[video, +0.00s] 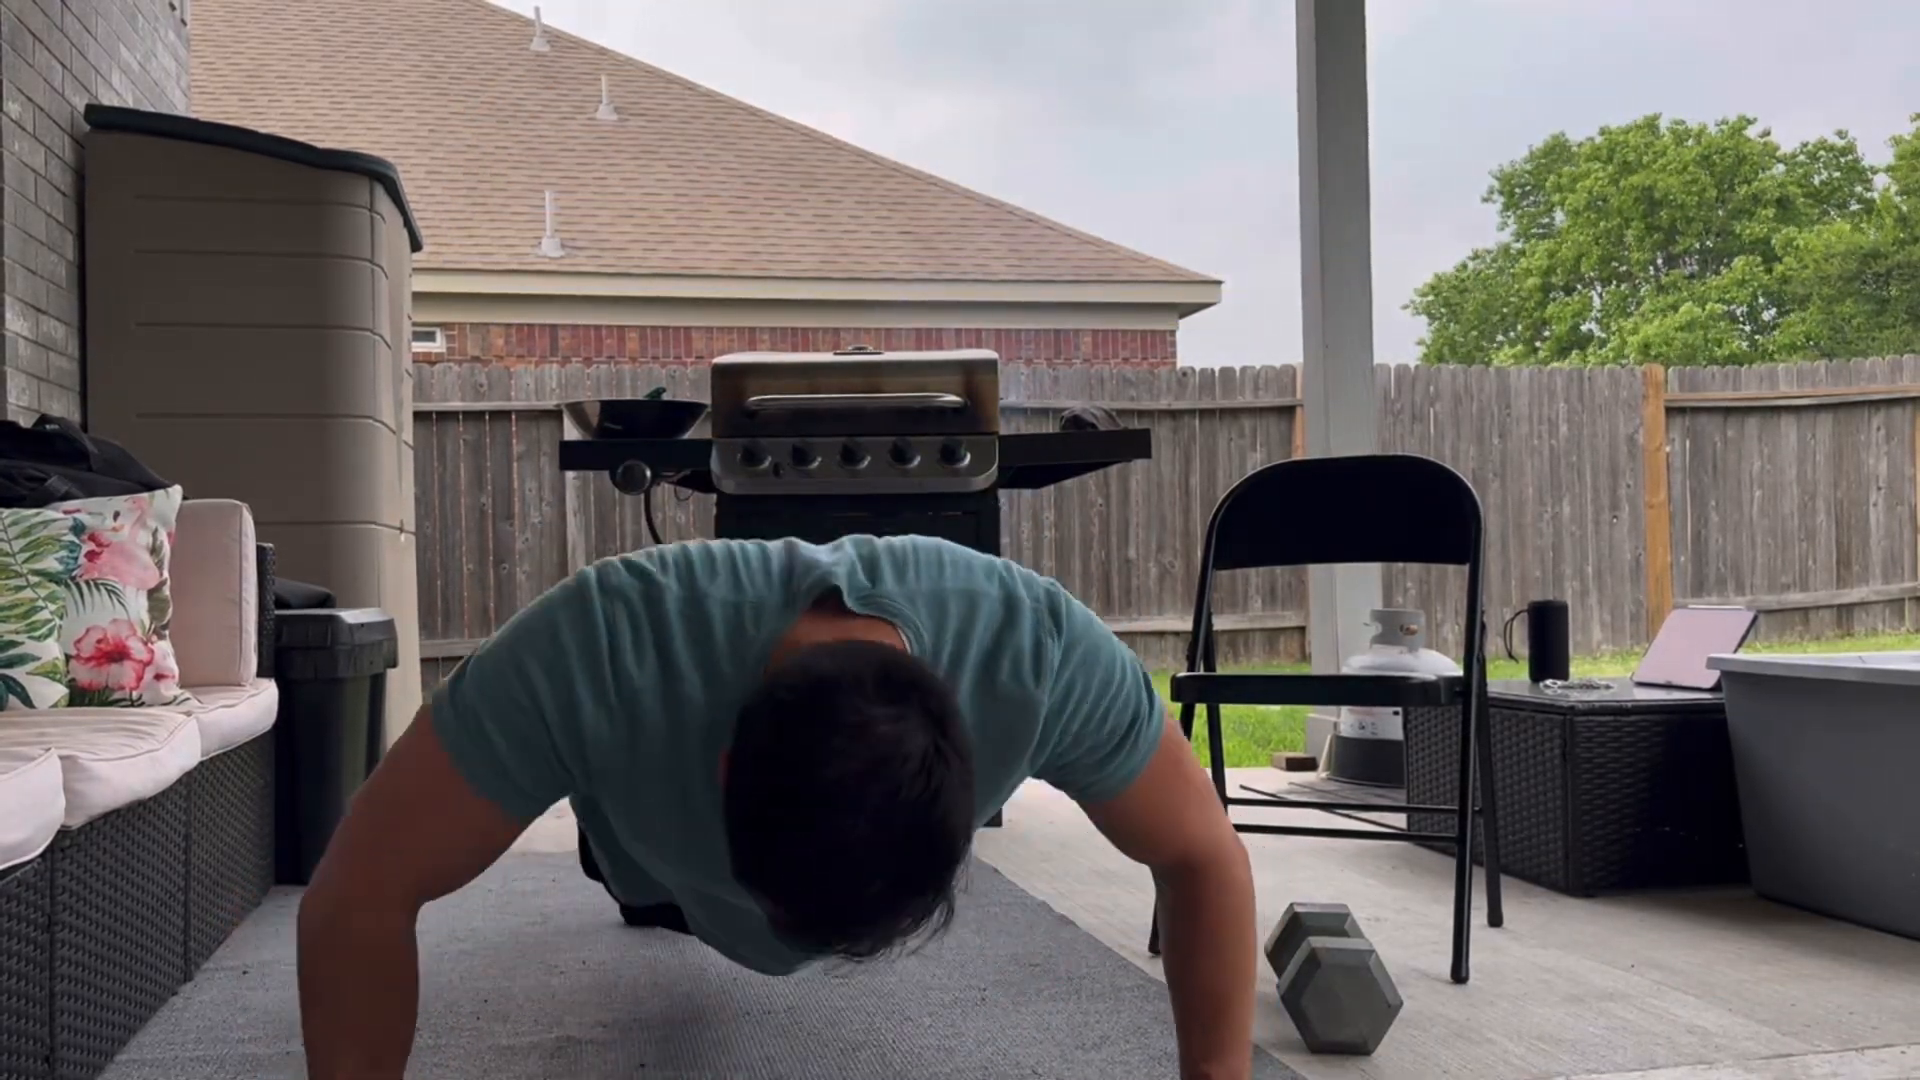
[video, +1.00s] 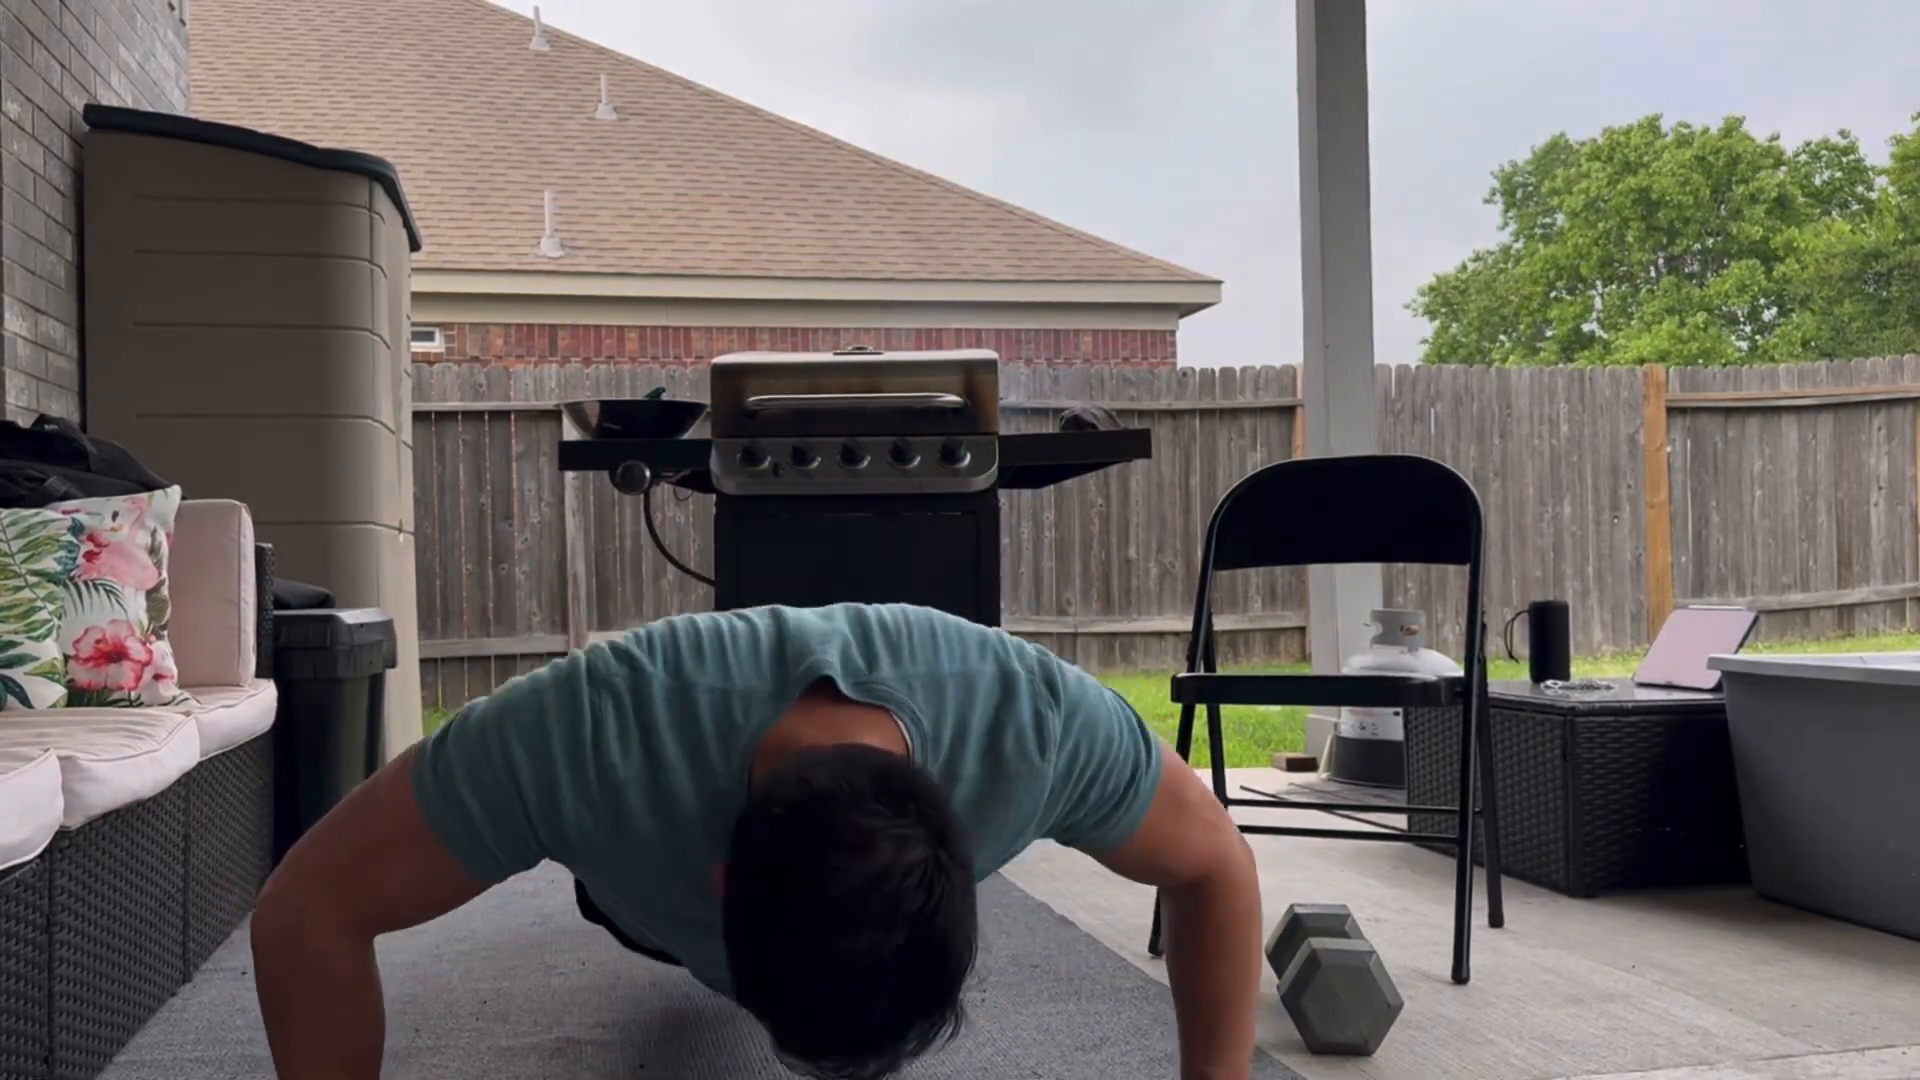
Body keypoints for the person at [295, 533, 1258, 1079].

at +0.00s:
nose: (821, 949)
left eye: (868, 934)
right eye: (789, 927)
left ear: (961, 806)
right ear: (726, 768)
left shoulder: (1040, 655)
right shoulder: (595, 648)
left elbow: (1203, 863)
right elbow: (358, 898)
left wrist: (1216, 1071)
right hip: (658, 818)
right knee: (655, 878)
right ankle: (636, 867)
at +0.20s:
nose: (827, 1004)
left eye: (873, 992)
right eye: (790, 971)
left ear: (966, 839)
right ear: (731, 830)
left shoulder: (1038, 698)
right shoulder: (590, 711)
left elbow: (1208, 867)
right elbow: (325, 909)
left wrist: (1215, 1072)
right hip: (662, 881)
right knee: (682, 943)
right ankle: (628, 894)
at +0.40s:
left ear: (930, 1035)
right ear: (742, 1031)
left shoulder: (1042, 875)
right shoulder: (596, 898)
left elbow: (1245, 867)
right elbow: (277, 927)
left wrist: (1224, 1070)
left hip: (944, 817)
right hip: (695, 825)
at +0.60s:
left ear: (939, 1024)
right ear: (743, 1025)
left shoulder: (1043, 858)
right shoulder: (602, 887)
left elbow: (1242, 869)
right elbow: (281, 926)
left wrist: (1223, 1077)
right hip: (665, 818)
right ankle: (448, 802)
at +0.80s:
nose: (812, 961)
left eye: (863, 946)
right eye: (778, 934)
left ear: (957, 807)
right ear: (723, 786)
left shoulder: (1039, 664)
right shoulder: (589, 660)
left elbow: (1201, 863)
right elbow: (347, 903)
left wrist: (1214, 1069)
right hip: (674, 871)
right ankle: (625, 839)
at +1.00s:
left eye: (879, 1039)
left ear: (961, 867)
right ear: (729, 871)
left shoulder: (1038, 730)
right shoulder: (586, 735)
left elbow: (1217, 869)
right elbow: (306, 916)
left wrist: (1219, 1071)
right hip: (656, 883)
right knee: (657, 937)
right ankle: (660, 924)